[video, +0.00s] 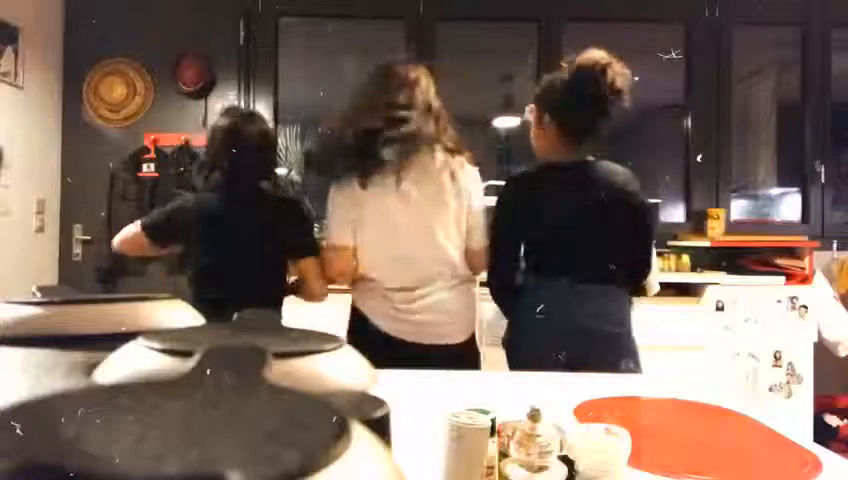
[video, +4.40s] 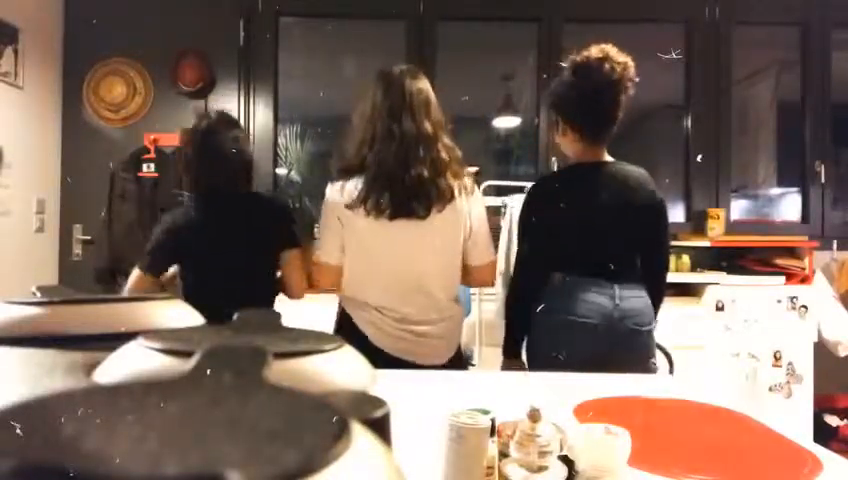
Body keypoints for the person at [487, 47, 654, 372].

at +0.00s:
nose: (531, 131)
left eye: (533, 122)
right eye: (531, 122)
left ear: (548, 124)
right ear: (591, 122)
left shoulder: (522, 188)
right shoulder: (624, 184)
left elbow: (500, 275)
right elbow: (638, 271)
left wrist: (525, 316)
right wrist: (611, 296)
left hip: (541, 316)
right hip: (608, 313)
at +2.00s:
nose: (542, 123)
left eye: (543, 114)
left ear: (550, 120)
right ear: (603, 116)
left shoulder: (530, 188)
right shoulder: (638, 179)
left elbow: (511, 282)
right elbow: (656, 268)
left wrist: (531, 335)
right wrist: (630, 312)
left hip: (555, 312)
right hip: (624, 312)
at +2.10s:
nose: (543, 120)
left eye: (544, 111)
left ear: (552, 117)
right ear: (604, 113)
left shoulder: (529, 187)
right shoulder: (638, 178)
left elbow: (513, 281)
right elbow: (658, 266)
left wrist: (533, 330)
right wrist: (632, 313)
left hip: (555, 318)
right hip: (625, 317)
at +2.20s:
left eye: (545, 108)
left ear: (549, 113)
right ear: (605, 112)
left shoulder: (527, 186)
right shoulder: (638, 178)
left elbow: (513, 279)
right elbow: (656, 268)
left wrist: (536, 331)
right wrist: (628, 316)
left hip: (554, 328)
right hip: (626, 326)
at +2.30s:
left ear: (549, 116)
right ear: (605, 116)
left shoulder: (528, 190)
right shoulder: (637, 183)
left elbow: (509, 283)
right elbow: (656, 271)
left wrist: (531, 334)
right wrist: (629, 321)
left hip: (552, 329)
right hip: (624, 330)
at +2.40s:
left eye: (544, 114)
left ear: (549, 119)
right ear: (605, 118)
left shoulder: (532, 191)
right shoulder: (637, 184)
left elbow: (508, 286)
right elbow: (656, 272)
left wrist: (526, 340)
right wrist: (628, 322)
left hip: (551, 334)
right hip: (624, 336)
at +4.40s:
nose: (553, 135)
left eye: (554, 124)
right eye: (553, 124)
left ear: (564, 127)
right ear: (611, 122)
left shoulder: (545, 192)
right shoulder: (642, 186)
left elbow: (528, 276)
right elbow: (655, 275)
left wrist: (512, 349)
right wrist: (638, 328)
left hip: (559, 334)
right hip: (628, 335)